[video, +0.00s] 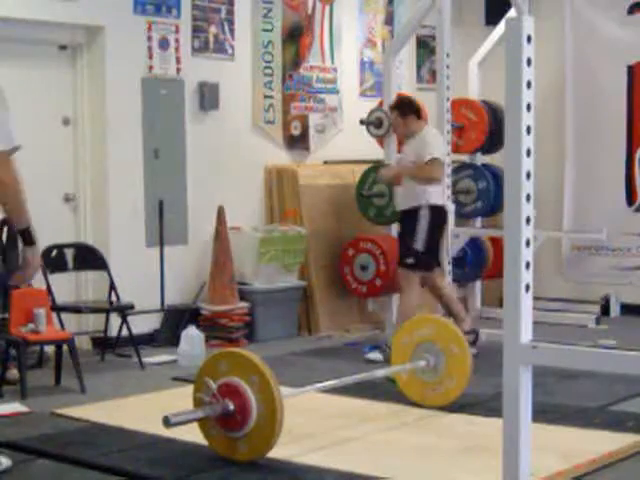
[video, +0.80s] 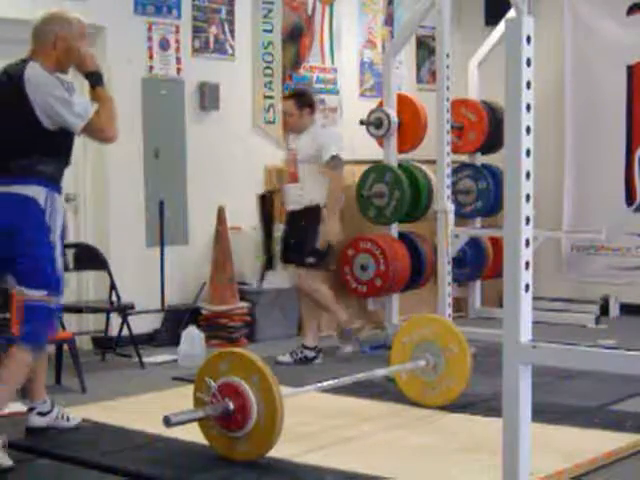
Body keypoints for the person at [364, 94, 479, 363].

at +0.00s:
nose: (394, 128)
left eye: (396, 121)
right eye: (393, 122)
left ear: (410, 118)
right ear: (408, 119)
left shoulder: (429, 136)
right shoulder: (410, 143)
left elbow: (435, 172)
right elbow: (405, 173)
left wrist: (401, 173)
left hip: (427, 207)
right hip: (413, 207)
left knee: (409, 276)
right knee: (430, 276)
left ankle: (401, 342)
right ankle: (466, 325)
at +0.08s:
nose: (383, 128)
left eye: (387, 122)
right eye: (382, 123)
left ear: (403, 118)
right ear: (397, 119)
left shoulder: (420, 137)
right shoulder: (393, 141)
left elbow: (430, 177)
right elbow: (392, 171)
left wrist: (391, 182)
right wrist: (380, 189)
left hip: (418, 206)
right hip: (401, 206)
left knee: (402, 275)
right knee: (411, 276)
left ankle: (398, 344)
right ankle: (455, 319)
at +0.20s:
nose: (367, 127)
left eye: (369, 121)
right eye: (366, 121)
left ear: (385, 117)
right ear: (382, 117)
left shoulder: (402, 137)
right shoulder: (387, 140)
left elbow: (408, 180)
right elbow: (384, 175)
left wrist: (378, 186)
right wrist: (373, 188)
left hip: (400, 207)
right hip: (385, 207)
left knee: (397, 277)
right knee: (384, 275)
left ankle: (398, 343)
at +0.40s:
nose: (351, 126)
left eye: (355, 120)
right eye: (350, 120)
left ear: (373, 117)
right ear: (364, 117)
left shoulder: (385, 139)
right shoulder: (367, 142)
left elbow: (383, 179)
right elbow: (362, 177)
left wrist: (356, 187)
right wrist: (360, 187)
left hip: (387, 207)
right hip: (367, 207)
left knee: (389, 272)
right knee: (349, 263)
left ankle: (395, 335)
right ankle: (367, 316)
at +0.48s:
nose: (333, 127)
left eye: (337, 121)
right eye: (331, 121)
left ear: (354, 118)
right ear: (343, 120)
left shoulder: (369, 138)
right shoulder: (345, 143)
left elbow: (362, 179)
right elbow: (343, 179)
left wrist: (334, 195)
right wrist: (338, 192)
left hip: (373, 210)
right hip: (350, 211)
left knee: (380, 279)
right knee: (339, 276)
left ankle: (393, 341)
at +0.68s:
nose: (301, 125)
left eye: (306, 119)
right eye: (300, 119)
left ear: (325, 116)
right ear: (312, 118)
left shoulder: (342, 138)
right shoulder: (313, 142)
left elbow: (340, 184)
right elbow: (315, 178)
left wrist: (321, 221)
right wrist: (298, 190)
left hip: (340, 213)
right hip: (315, 213)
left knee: (339, 282)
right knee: (309, 279)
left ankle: (381, 333)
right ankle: (310, 345)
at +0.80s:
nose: (284, 121)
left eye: (289, 114)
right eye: (283, 115)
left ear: (307, 112)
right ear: (295, 114)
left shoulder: (323, 137)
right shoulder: (293, 140)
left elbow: (336, 179)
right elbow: (295, 178)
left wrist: (331, 220)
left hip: (315, 210)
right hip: (296, 210)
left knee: (304, 276)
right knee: (304, 280)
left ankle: (349, 322)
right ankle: (309, 344)